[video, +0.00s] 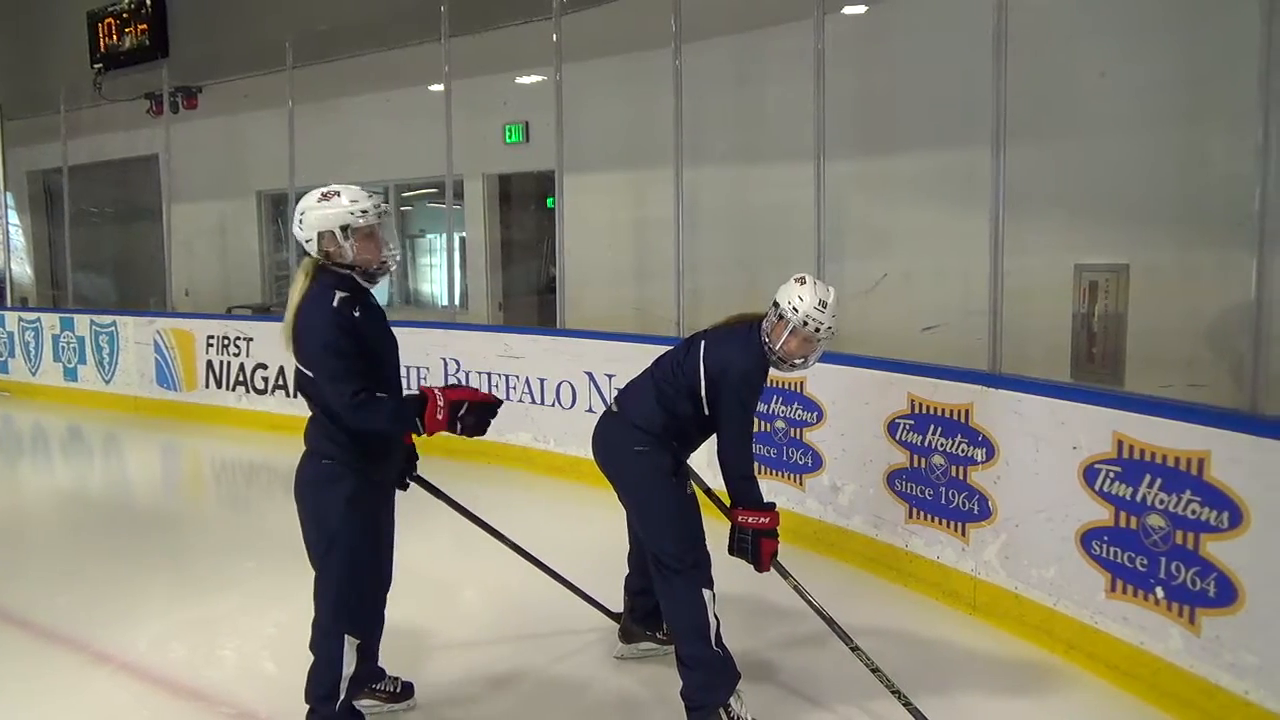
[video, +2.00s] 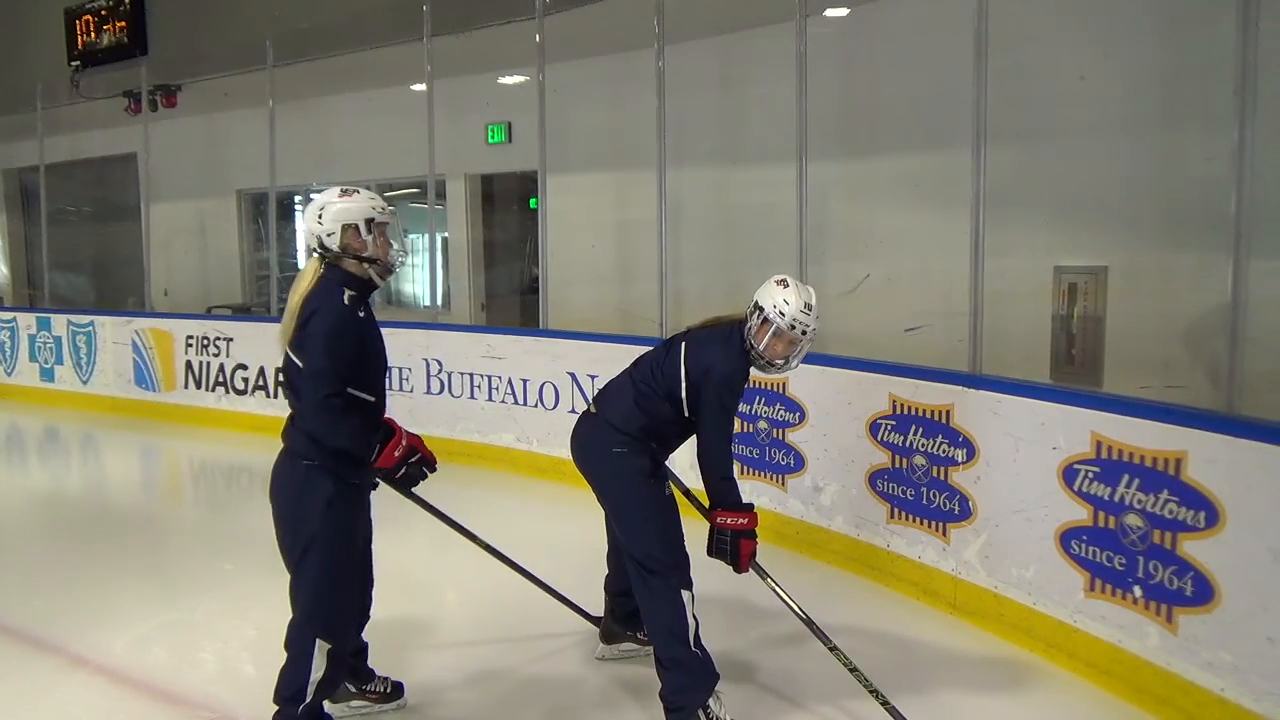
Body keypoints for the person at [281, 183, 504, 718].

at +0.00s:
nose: (380, 244)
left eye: (378, 233)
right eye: (367, 236)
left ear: (351, 243)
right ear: (334, 245)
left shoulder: (354, 298)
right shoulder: (326, 307)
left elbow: (367, 389)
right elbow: (347, 403)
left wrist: (393, 452)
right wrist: (426, 409)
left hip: (367, 470)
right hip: (338, 475)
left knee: (372, 582)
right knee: (340, 596)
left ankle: (362, 675)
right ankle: (327, 704)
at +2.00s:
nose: (387, 242)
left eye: (385, 230)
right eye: (375, 231)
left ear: (356, 240)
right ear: (344, 239)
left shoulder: (348, 298)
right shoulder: (331, 304)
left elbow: (349, 392)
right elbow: (319, 401)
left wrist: (392, 438)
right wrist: (382, 451)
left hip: (341, 470)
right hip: (316, 475)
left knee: (351, 580)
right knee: (320, 593)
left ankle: (345, 675)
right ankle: (297, 706)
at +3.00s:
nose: (400, 241)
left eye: (400, 231)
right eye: (387, 232)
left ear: (391, 238)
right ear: (356, 240)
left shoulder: (359, 295)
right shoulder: (354, 301)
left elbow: (351, 392)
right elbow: (365, 399)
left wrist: (390, 448)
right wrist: (429, 417)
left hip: (363, 469)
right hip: (342, 475)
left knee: (378, 579)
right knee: (341, 598)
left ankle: (372, 672)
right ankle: (307, 708)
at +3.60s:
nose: (361, 248)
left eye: (370, 236)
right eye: (347, 239)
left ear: (386, 240)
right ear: (326, 247)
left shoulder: (384, 305)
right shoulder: (315, 317)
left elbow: (399, 389)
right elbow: (319, 412)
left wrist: (432, 436)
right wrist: (396, 439)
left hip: (383, 472)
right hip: (334, 477)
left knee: (384, 579)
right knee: (342, 596)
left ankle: (371, 667)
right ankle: (318, 705)